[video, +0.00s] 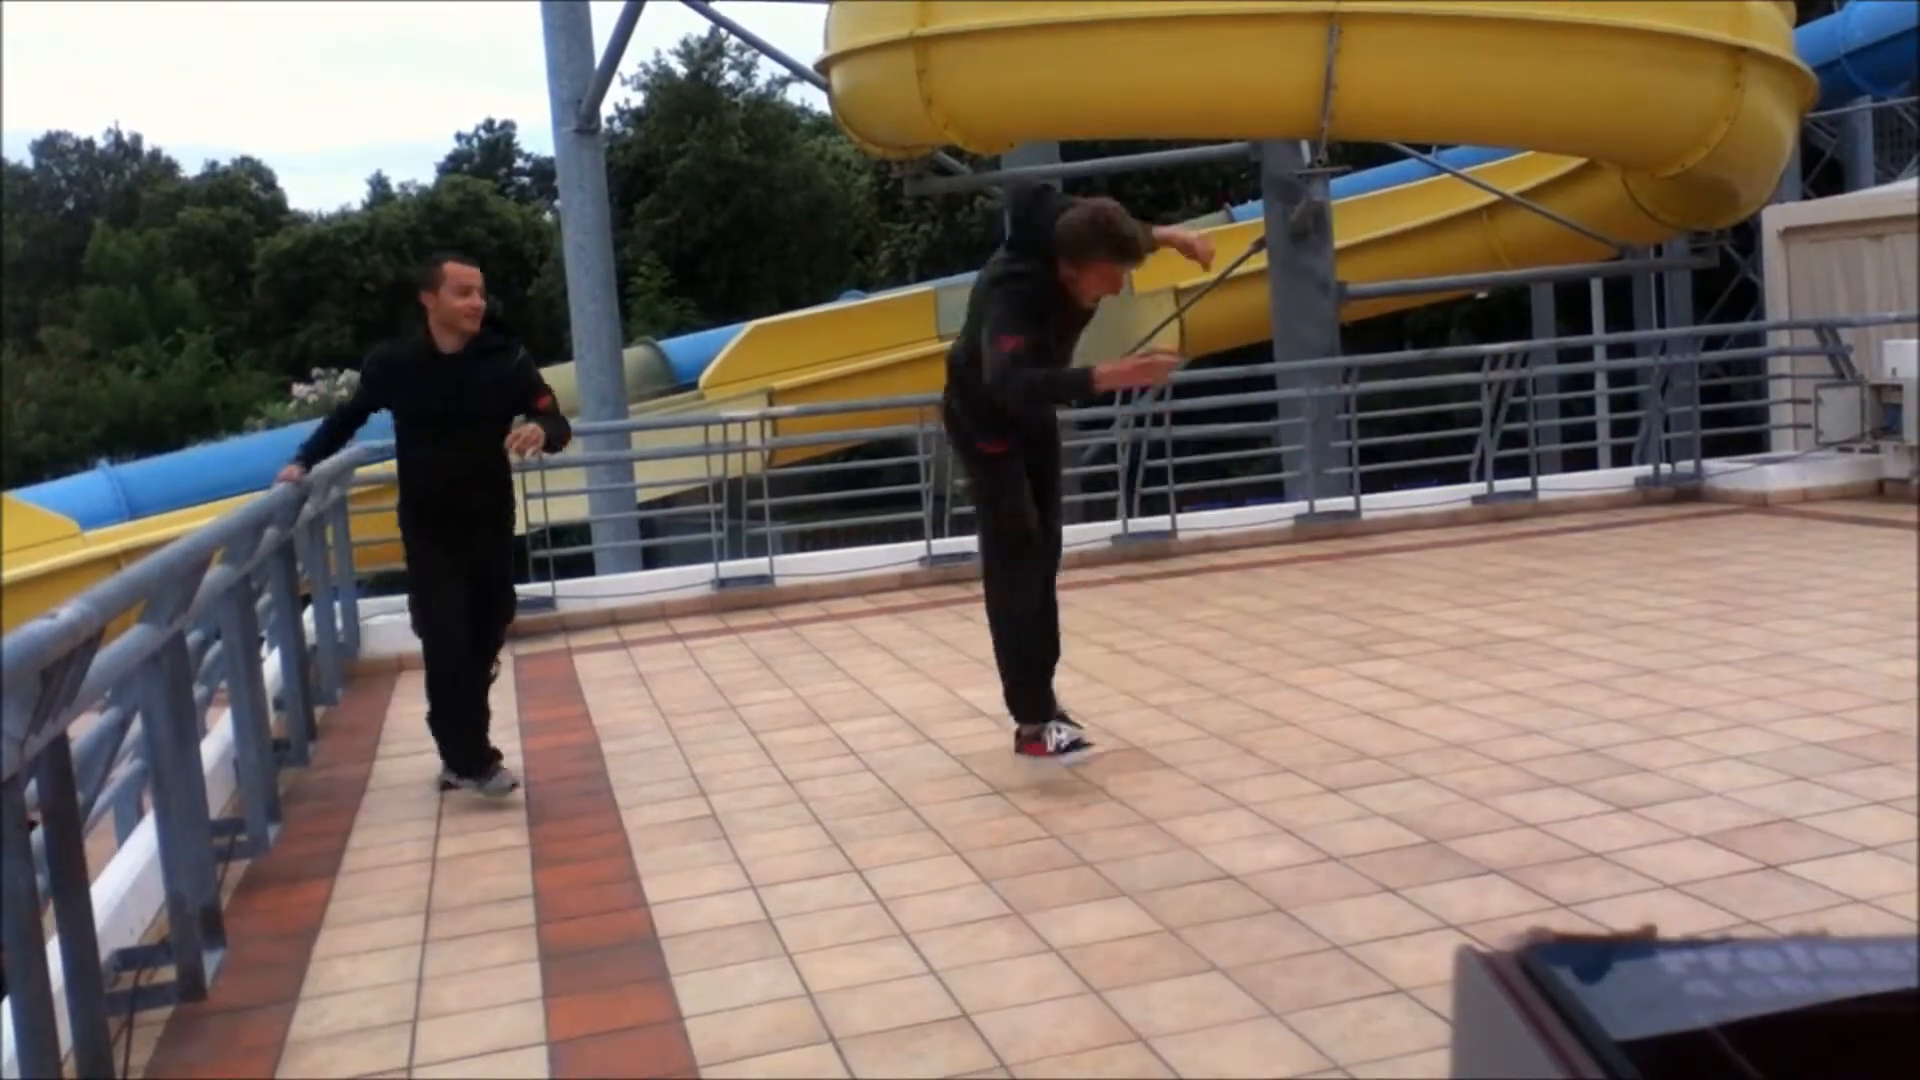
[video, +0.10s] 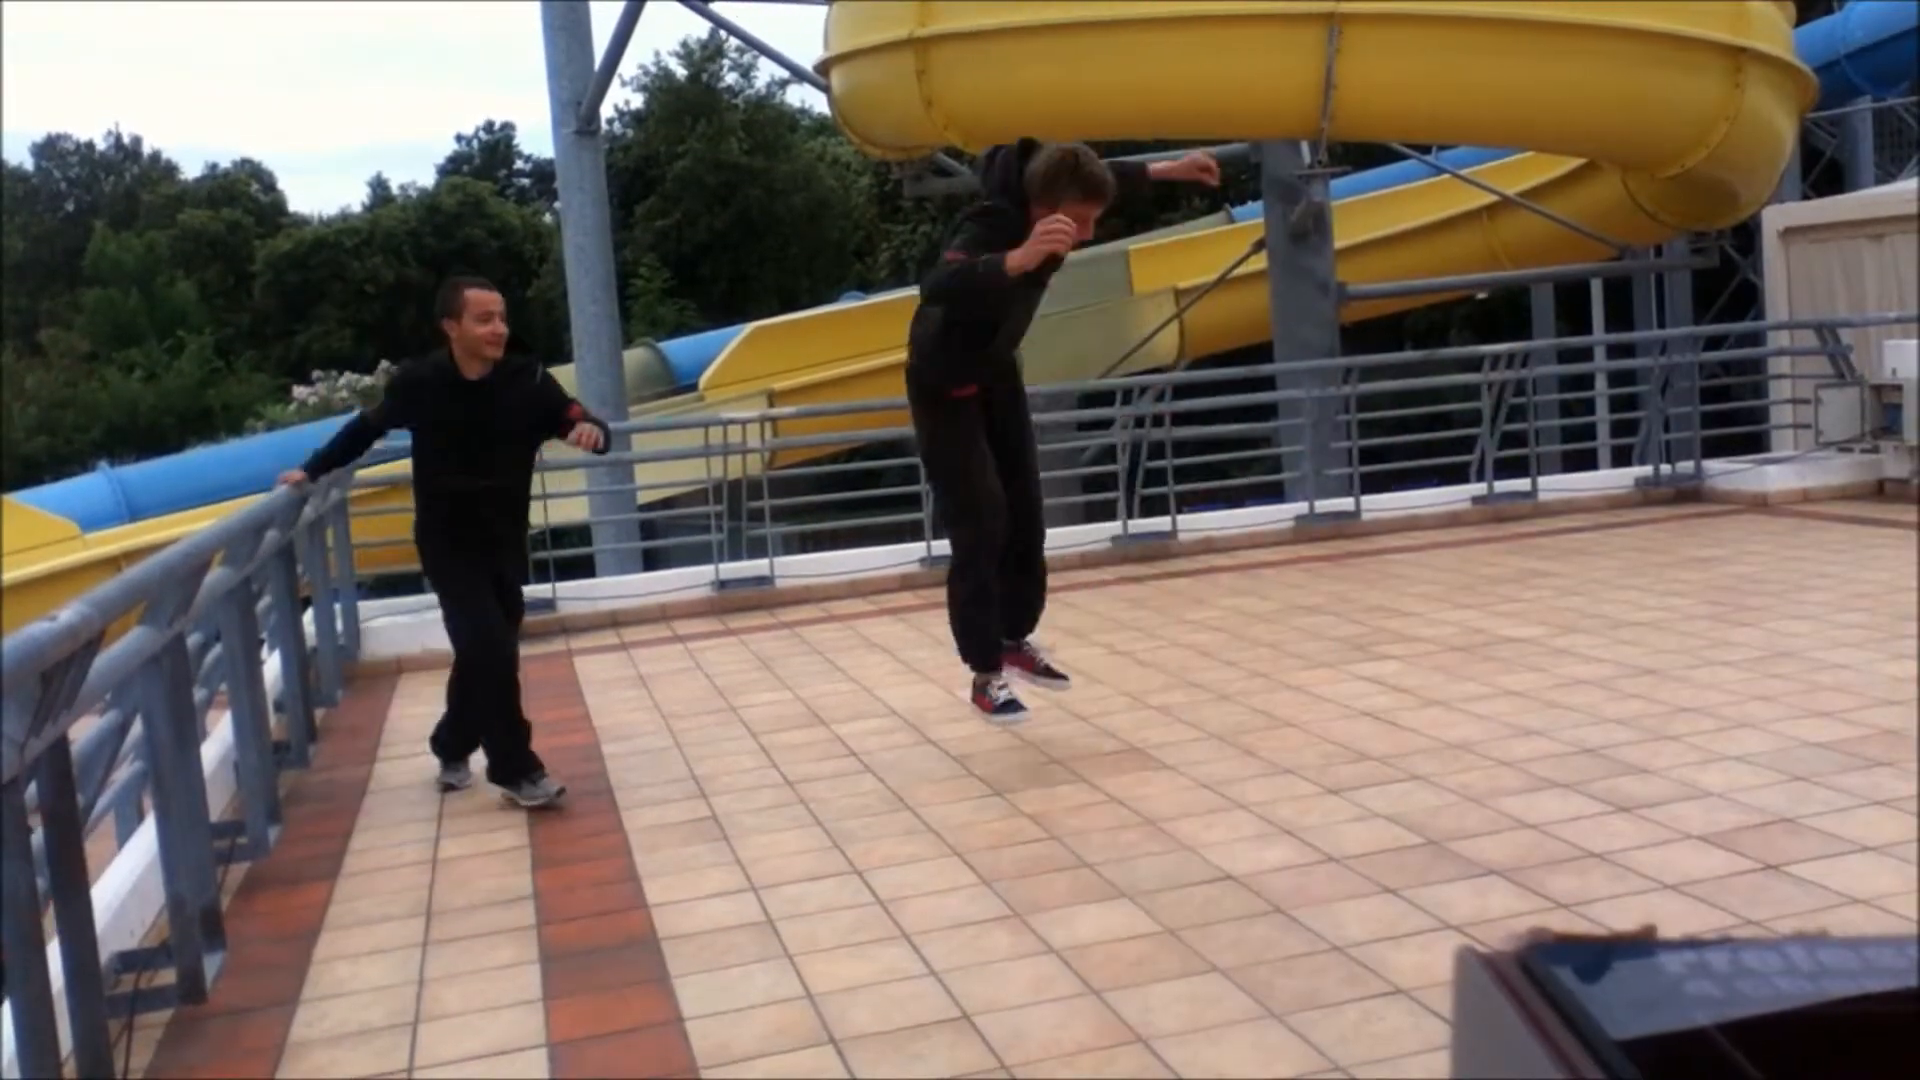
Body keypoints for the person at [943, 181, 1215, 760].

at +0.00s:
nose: (1111, 291)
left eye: (1117, 281)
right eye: (1104, 282)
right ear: (1069, 267)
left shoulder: (1070, 237)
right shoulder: (1011, 290)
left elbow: (1113, 231)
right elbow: (1010, 384)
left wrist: (1165, 236)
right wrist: (1101, 379)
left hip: (1035, 409)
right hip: (985, 416)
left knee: (1043, 552)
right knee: (1014, 553)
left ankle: (1043, 708)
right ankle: (1031, 723)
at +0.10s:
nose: (1087, 233)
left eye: (1093, 221)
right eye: (1079, 221)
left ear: (1092, 205)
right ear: (1048, 206)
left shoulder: (1050, 200)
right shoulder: (988, 228)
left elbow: (1105, 178)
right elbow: (941, 286)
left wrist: (1164, 169)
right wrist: (1018, 259)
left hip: (996, 372)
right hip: (943, 383)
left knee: (1024, 510)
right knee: (979, 518)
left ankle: (1012, 639)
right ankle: (984, 672)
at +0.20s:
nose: (1049, 212)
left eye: (1057, 199)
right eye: (1039, 199)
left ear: (1061, 187)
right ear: (1008, 186)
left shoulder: (1027, 195)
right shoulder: (950, 212)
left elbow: (1060, 165)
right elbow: (870, 244)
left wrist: (1115, 157)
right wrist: (897, 217)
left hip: (974, 363)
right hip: (922, 371)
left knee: (1005, 508)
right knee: (975, 507)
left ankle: (964, 624)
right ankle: (943, 641)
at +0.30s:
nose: (1009, 224)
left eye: (1017, 212)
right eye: (999, 212)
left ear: (1027, 203)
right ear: (972, 201)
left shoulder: (1013, 224)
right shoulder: (928, 223)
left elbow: (1044, 209)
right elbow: (873, 244)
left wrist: (1073, 192)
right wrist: (833, 236)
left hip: (960, 395)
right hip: (909, 397)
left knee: (970, 521)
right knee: (962, 519)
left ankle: (920, 626)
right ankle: (924, 634)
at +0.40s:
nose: (982, 268)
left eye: (990, 256)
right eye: (972, 255)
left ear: (999, 254)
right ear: (947, 250)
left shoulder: (993, 289)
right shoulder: (908, 280)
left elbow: (1020, 292)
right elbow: (828, 306)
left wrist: (1050, 288)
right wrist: (802, 321)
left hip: (941, 451)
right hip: (891, 450)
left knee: (931, 560)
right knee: (960, 562)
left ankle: (889, 661)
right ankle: (910, 663)